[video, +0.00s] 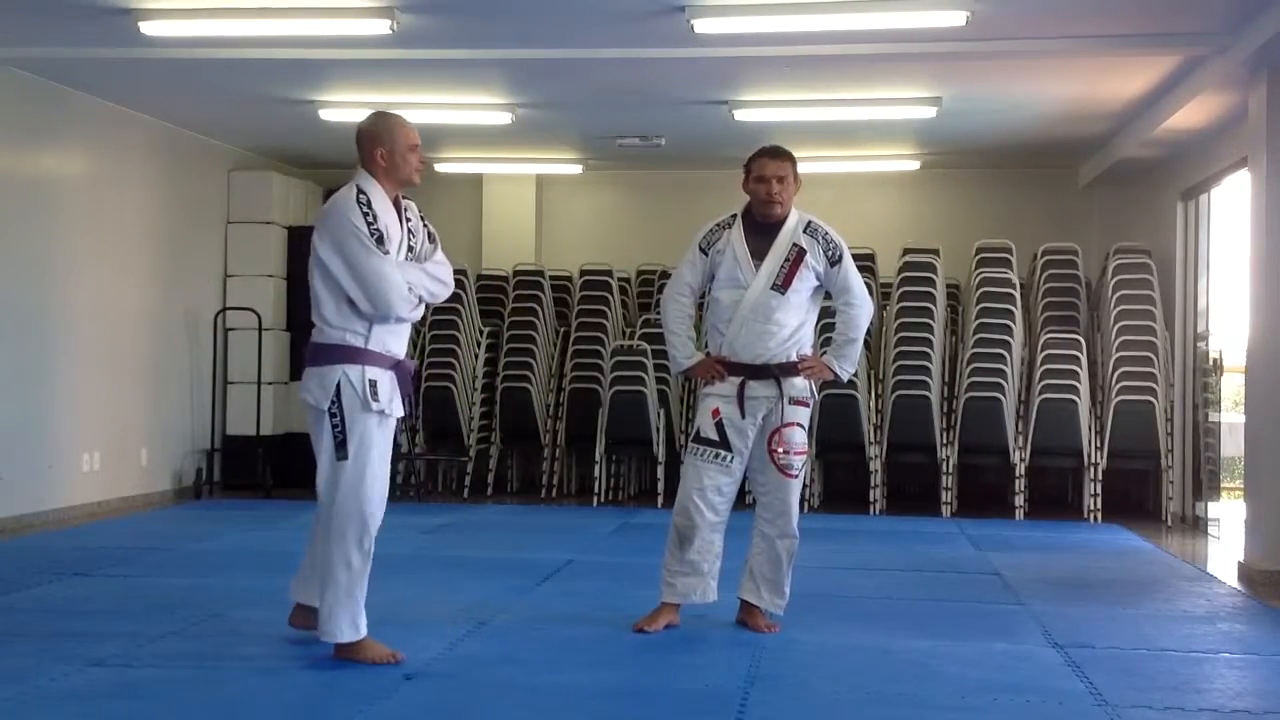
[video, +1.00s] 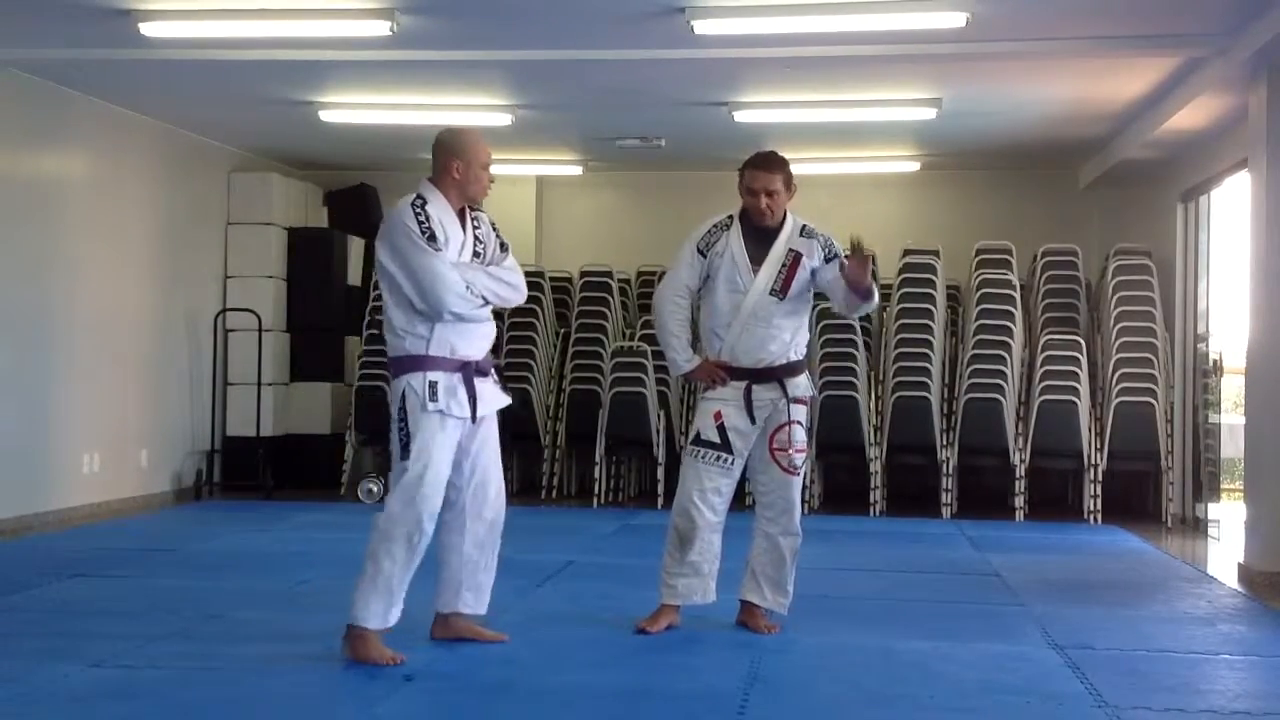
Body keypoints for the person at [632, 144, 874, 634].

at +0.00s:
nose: (771, 190)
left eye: (781, 181)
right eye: (761, 180)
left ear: (796, 187)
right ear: (745, 185)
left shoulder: (821, 242)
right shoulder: (714, 238)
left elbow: (857, 304)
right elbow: (676, 299)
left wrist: (838, 361)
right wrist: (688, 356)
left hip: (789, 389)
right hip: (723, 384)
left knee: (780, 506)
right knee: (697, 499)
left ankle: (756, 604)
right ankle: (672, 602)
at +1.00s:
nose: (763, 203)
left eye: (773, 194)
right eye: (754, 193)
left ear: (790, 194)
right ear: (740, 191)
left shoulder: (814, 244)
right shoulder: (713, 237)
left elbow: (851, 304)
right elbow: (669, 298)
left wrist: (860, 287)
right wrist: (687, 360)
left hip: (787, 390)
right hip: (722, 386)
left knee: (780, 506)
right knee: (695, 501)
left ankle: (757, 604)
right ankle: (672, 602)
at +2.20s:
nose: (747, 198)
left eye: (758, 192)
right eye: (743, 188)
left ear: (784, 194)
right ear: (739, 185)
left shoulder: (805, 236)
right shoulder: (714, 234)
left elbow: (847, 237)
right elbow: (674, 295)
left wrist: (809, 185)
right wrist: (685, 357)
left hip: (783, 386)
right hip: (720, 383)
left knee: (778, 505)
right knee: (693, 501)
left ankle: (754, 606)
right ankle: (670, 605)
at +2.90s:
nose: (748, 201)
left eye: (760, 196)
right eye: (747, 192)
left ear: (788, 199)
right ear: (744, 187)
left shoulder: (811, 237)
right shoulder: (718, 234)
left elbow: (855, 218)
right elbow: (676, 296)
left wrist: (818, 168)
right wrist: (688, 357)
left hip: (786, 388)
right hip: (722, 385)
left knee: (780, 507)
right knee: (696, 501)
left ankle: (755, 606)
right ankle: (672, 605)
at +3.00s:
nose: (752, 202)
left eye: (764, 198)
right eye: (751, 191)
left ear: (789, 203)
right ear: (746, 186)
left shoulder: (811, 237)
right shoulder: (718, 235)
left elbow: (855, 212)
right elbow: (677, 295)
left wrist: (813, 169)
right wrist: (687, 357)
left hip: (787, 388)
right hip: (723, 385)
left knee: (780, 505)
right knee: (697, 500)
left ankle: (755, 606)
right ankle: (672, 604)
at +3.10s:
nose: (749, 201)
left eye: (761, 196)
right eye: (748, 191)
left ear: (788, 202)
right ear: (744, 188)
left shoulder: (809, 238)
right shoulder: (718, 235)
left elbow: (854, 215)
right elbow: (677, 294)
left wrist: (816, 175)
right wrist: (686, 357)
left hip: (787, 388)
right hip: (723, 385)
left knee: (780, 505)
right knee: (697, 500)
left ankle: (755, 606)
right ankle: (672, 604)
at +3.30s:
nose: (746, 200)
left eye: (757, 195)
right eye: (744, 190)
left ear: (785, 200)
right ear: (740, 186)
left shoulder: (810, 239)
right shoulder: (717, 236)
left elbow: (855, 227)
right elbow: (676, 297)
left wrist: (805, 185)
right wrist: (687, 358)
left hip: (787, 389)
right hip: (723, 386)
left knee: (780, 506)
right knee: (697, 501)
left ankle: (755, 606)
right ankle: (672, 604)